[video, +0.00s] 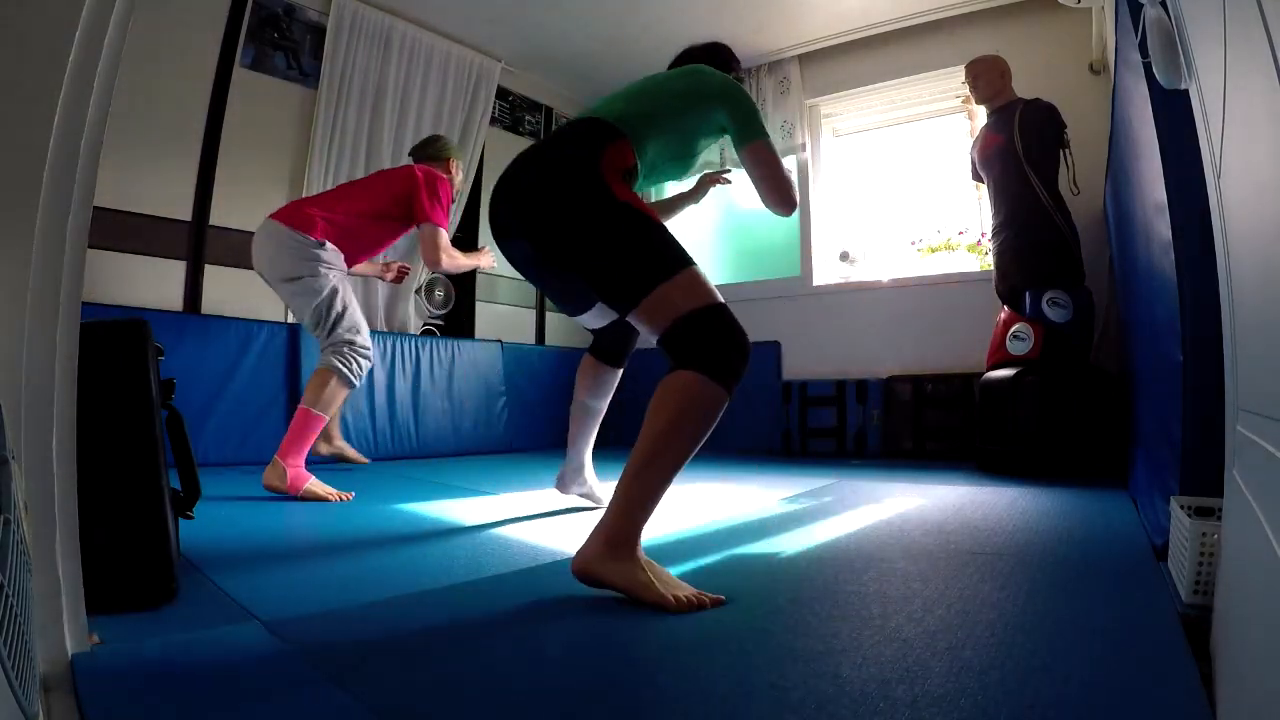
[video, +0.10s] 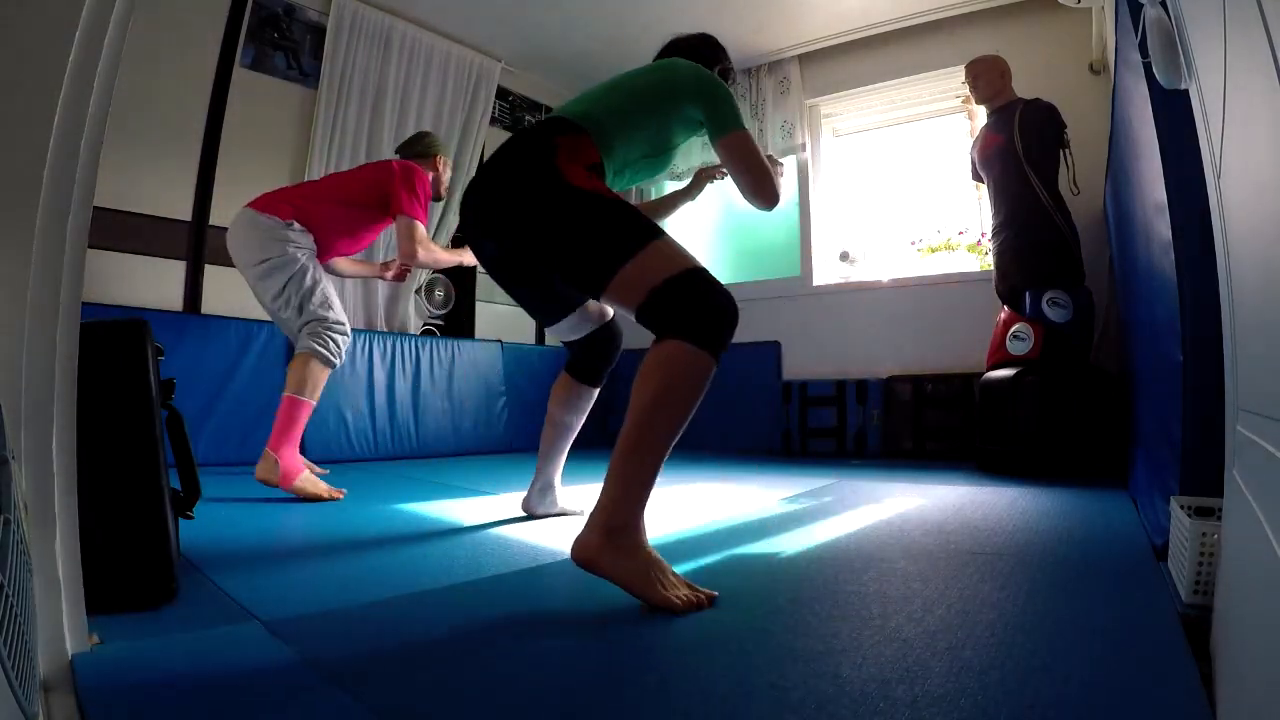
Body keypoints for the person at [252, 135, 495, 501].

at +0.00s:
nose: (460, 184)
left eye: (462, 176)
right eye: (461, 174)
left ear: (419, 164)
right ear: (452, 166)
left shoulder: (398, 183)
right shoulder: (433, 180)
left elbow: (335, 255)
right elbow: (440, 259)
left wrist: (380, 269)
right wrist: (478, 260)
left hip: (282, 238)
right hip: (301, 242)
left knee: (345, 336)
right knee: (352, 351)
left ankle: (328, 436)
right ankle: (287, 465)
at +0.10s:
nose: (448, 181)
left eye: (448, 172)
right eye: (448, 170)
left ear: (408, 160)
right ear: (438, 163)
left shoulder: (381, 185)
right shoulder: (411, 174)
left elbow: (331, 259)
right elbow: (416, 252)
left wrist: (383, 269)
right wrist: (462, 256)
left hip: (265, 229)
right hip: (273, 228)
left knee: (319, 331)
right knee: (328, 331)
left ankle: (284, 453)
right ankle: (281, 455)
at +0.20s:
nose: (434, 179)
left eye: (436, 171)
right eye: (435, 168)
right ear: (423, 160)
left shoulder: (365, 181)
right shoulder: (390, 172)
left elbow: (309, 258)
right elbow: (390, 247)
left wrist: (364, 270)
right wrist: (441, 256)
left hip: (254, 236)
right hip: (250, 232)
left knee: (305, 340)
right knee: (301, 339)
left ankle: (280, 449)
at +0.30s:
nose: (416, 170)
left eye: (416, 163)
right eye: (417, 161)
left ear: (379, 151)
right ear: (407, 154)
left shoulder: (350, 174)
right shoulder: (374, 169)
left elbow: (285, 248)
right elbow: (372, 249)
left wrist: (341, 266)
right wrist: (422, 256)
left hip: (252, 242)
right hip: (226, 229)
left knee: (289, 337)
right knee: (256, 346)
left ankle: (280, 443)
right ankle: (180, 462)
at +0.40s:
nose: (383, 172)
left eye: (383, 164)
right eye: (383, 160)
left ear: (362, 144)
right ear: (374, 151)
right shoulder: (352, 161)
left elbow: (265, 249)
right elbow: (348, 243)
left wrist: (329, 263)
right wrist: (403, 258)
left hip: (233, 233)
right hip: (205, 216)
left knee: (272, 327)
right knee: (244, 331)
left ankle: (253, 438)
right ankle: (178, 458)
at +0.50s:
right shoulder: (328, 164)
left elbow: (264, 256)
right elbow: (324, 242)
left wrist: (330, 267)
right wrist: (369, 256)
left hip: (211, 229)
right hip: (188, 213)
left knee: (251, 335)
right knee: (233, 324)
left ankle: (211, 450)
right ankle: (168, 454)